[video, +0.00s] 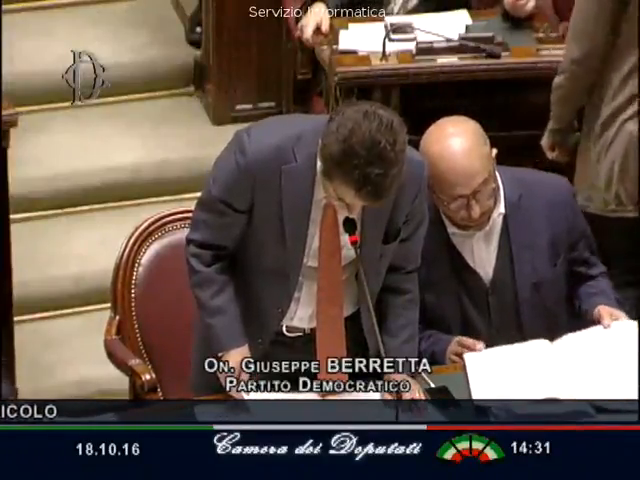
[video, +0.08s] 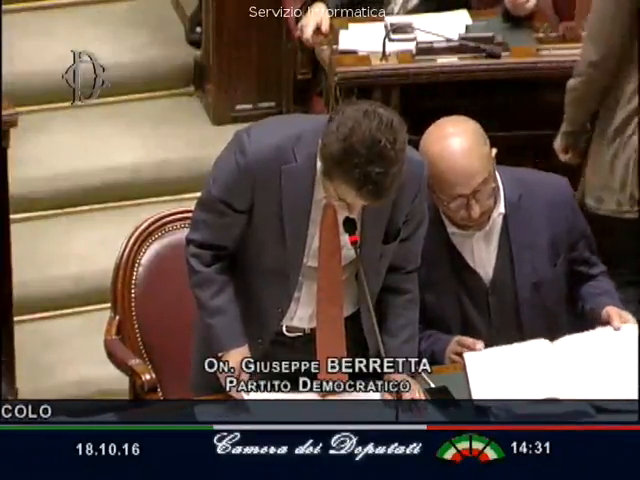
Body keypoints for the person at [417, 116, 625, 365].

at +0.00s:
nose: (473, 211)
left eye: (481, 192)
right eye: (455, 200)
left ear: (493, 157)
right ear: (429, 185)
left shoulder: (552, 197)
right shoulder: (407, 221)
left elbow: (586, 271)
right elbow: (394, 324)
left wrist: (601, 305)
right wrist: (441, 348)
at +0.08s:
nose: (473, 210)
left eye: (481, 191)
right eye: (455, 199)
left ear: (493, 157)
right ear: (428, 186)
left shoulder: (551, 196)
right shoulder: (407, 222)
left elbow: (586, 272)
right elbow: (392, 321)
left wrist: (605, 307)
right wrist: (441, 347)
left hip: (556, 376)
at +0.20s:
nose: (473, 210)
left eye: (481, 191)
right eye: (455, 199)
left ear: (493, 158)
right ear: (428, 186)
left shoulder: (551, 196)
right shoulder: (407, 222)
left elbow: (587, 272)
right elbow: (392, 321)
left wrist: (610, 307)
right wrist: (441, 346)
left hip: (555, 375)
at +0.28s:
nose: (472, 210)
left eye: (481, 191)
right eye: (455, 199)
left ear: (493, 158)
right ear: (428, 185)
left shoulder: (551, 196)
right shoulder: (407, 221)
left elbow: (587, 272)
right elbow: (392, 322)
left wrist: (612, 307)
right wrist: (440, 346)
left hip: (556, 376)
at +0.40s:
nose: (473, 210)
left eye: (481, 191)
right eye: (455, 199)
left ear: (493, 158)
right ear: (428, 185)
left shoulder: (551, 195)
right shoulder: (407, 220)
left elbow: (587, 273)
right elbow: (391, 323)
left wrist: (616, 310)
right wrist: (438, 345)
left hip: (554, 376)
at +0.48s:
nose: (473, 210)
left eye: (481, 191)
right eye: (455, 199)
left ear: (493, 158)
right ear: (428, 185)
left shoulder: (551, 196)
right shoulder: (407, 221)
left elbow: (587, 272)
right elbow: (392, 323)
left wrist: (615, 309)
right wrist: (438, 345)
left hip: (553, 377)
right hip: (455, 388)